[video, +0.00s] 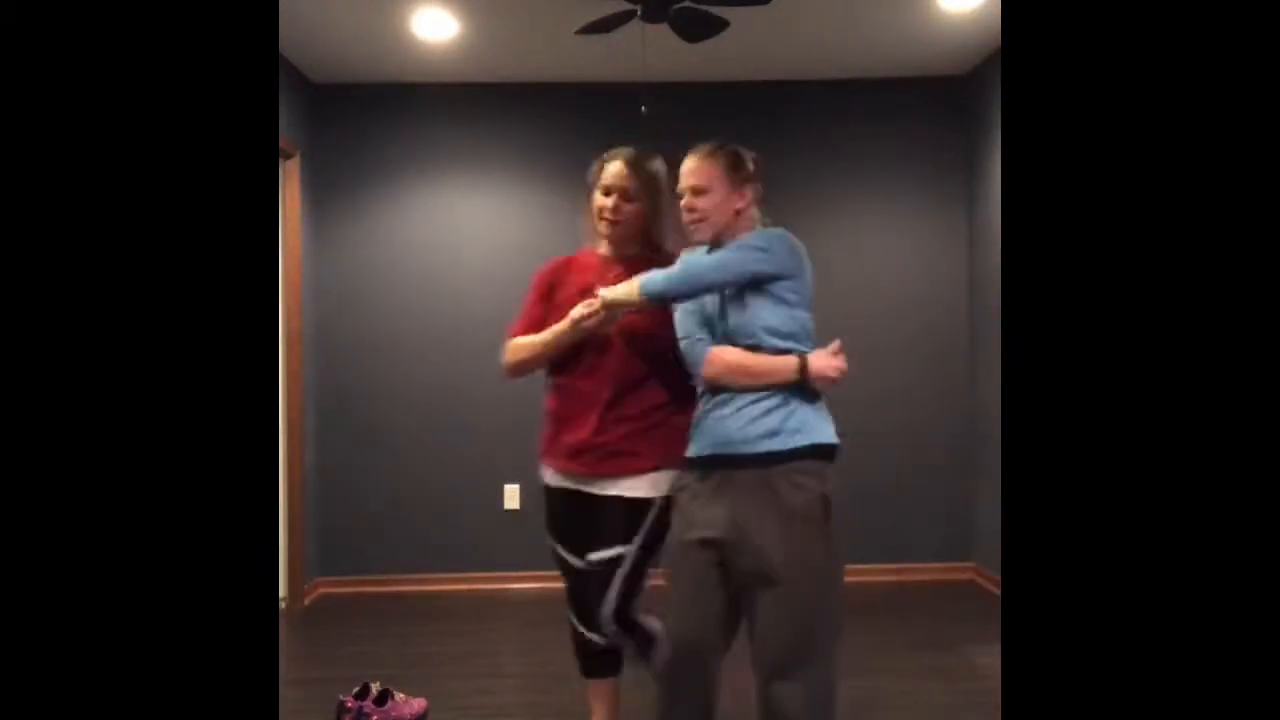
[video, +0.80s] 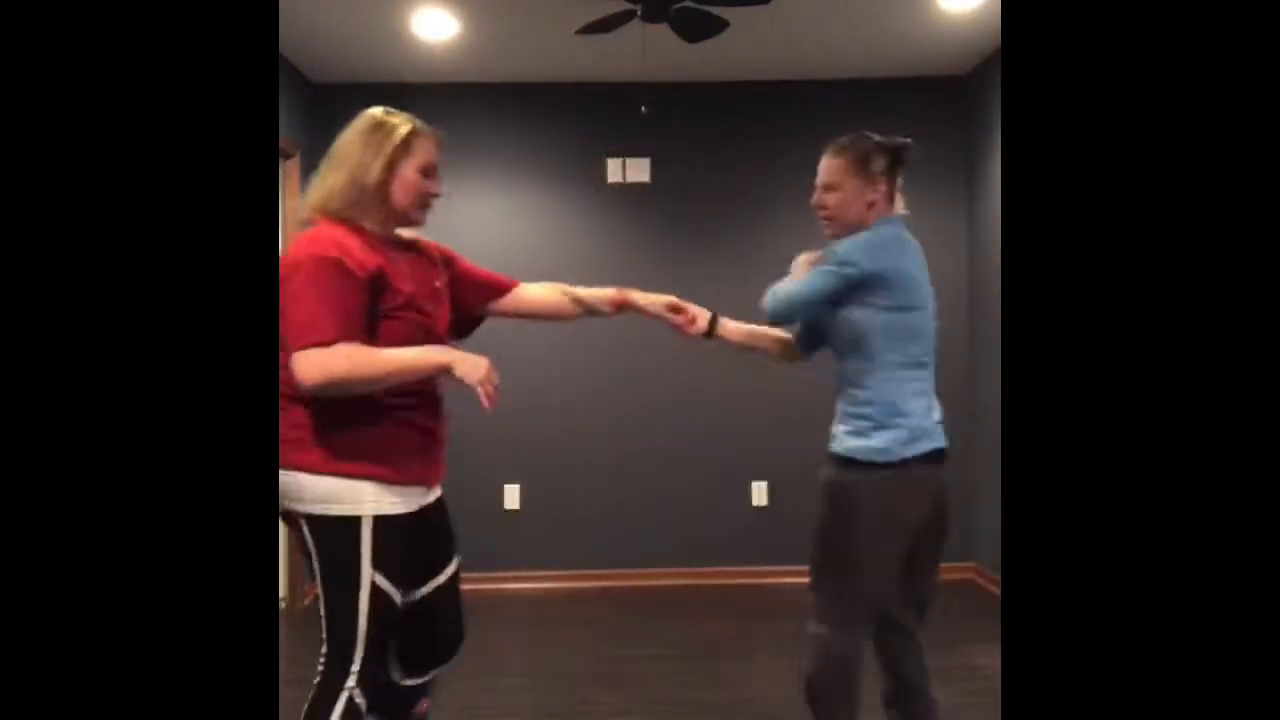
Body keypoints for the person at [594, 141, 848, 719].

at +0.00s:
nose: (686, 207)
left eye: (700, 194)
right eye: (682, 195)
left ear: (744, 198)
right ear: (677, 206)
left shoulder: (778, 248)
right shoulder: (686, 282)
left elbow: (681, 277)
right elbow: (703, 361)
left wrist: (612, 296)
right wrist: (803, 366)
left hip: (786, 472)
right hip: (706, 474)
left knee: (792, 665)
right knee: (684, 653)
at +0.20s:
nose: (750, 196)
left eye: (758, 184)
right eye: (735, 185)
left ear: (770, 192)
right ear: (705, 194)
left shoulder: (797, 252)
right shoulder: (692, 267)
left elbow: (774, 298)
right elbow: (741, 359)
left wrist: (686, 292)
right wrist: (829, 381)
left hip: (803, 461)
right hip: (723, 464)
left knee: (807, 633)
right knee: (725, 636)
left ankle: (816, 715)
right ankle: (726, 717)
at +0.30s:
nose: (802, 186)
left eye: (799, 174)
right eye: (788, 176)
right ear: (743, 189)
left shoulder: (809, 252)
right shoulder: (720, 265)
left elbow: (847, 310)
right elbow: (770, 367)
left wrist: (773, 290)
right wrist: (829, 383)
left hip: (811, 465)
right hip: (739, 467)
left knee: (831, 632)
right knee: (731, 637)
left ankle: (831, 714)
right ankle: (725, 714)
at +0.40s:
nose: (832, 190)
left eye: (828, 177)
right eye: (821, 178)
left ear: (784, 190)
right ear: (787, 187)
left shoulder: (796, 256)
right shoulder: (774, 263)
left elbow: (874, 328)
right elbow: (834, 373)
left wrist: (848, 287)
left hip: (814, 465)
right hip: (777, 469)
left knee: (851, 623)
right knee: (760, 635)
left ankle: (855, 712)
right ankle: (730, 713)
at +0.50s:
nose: (849, 208)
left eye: (846, 196)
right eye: (846, 196)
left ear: (781, 201)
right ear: (833, 198)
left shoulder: (763, 265)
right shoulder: (861, 269)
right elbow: (868, 366)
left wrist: (877, 282)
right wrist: (887, 295)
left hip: (771, 475)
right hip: (831, 481)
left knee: (824, 624)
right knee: (849, 629)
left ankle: (830, 712)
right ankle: (774, 711)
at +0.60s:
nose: (799, 207)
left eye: (801, 198)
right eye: (801, 198)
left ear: (807, 203)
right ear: (868, 204)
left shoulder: (782, 263)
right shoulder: (899, 274)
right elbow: (854, 355)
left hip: (796, 480)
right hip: (876, 480)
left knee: (815, 634)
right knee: (900, 624)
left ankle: (837, 714)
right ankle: (855, 705)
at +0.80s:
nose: (816, 200)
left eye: (831, 189)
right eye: (816, 188)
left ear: (879, 193)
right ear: (869, 197)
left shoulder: (872, 248)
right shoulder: (887, 249)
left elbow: (778, 305)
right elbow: (794, 343)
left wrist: (799, 274)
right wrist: (713, 325)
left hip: (870, 469)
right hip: (916, 465)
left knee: (837, 629)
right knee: (897, 626)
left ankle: (833, 710)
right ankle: (915, 713)